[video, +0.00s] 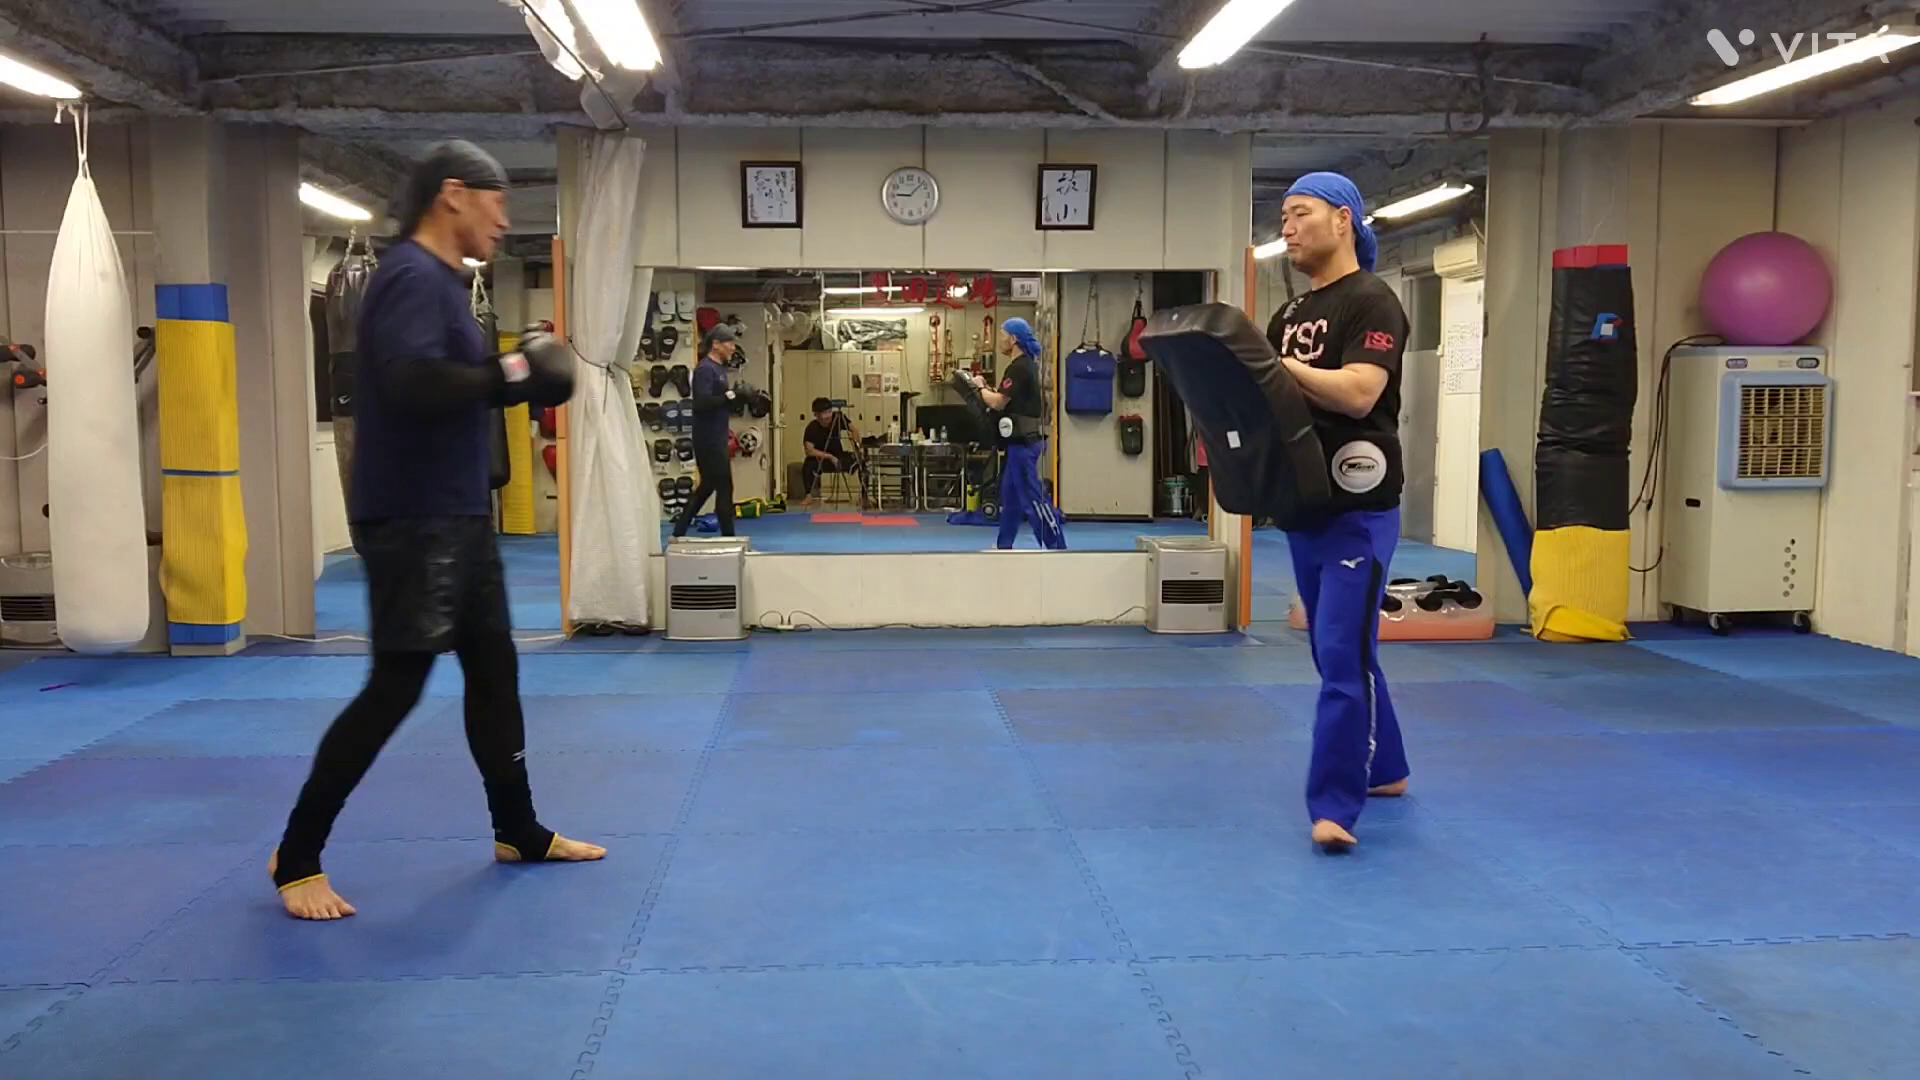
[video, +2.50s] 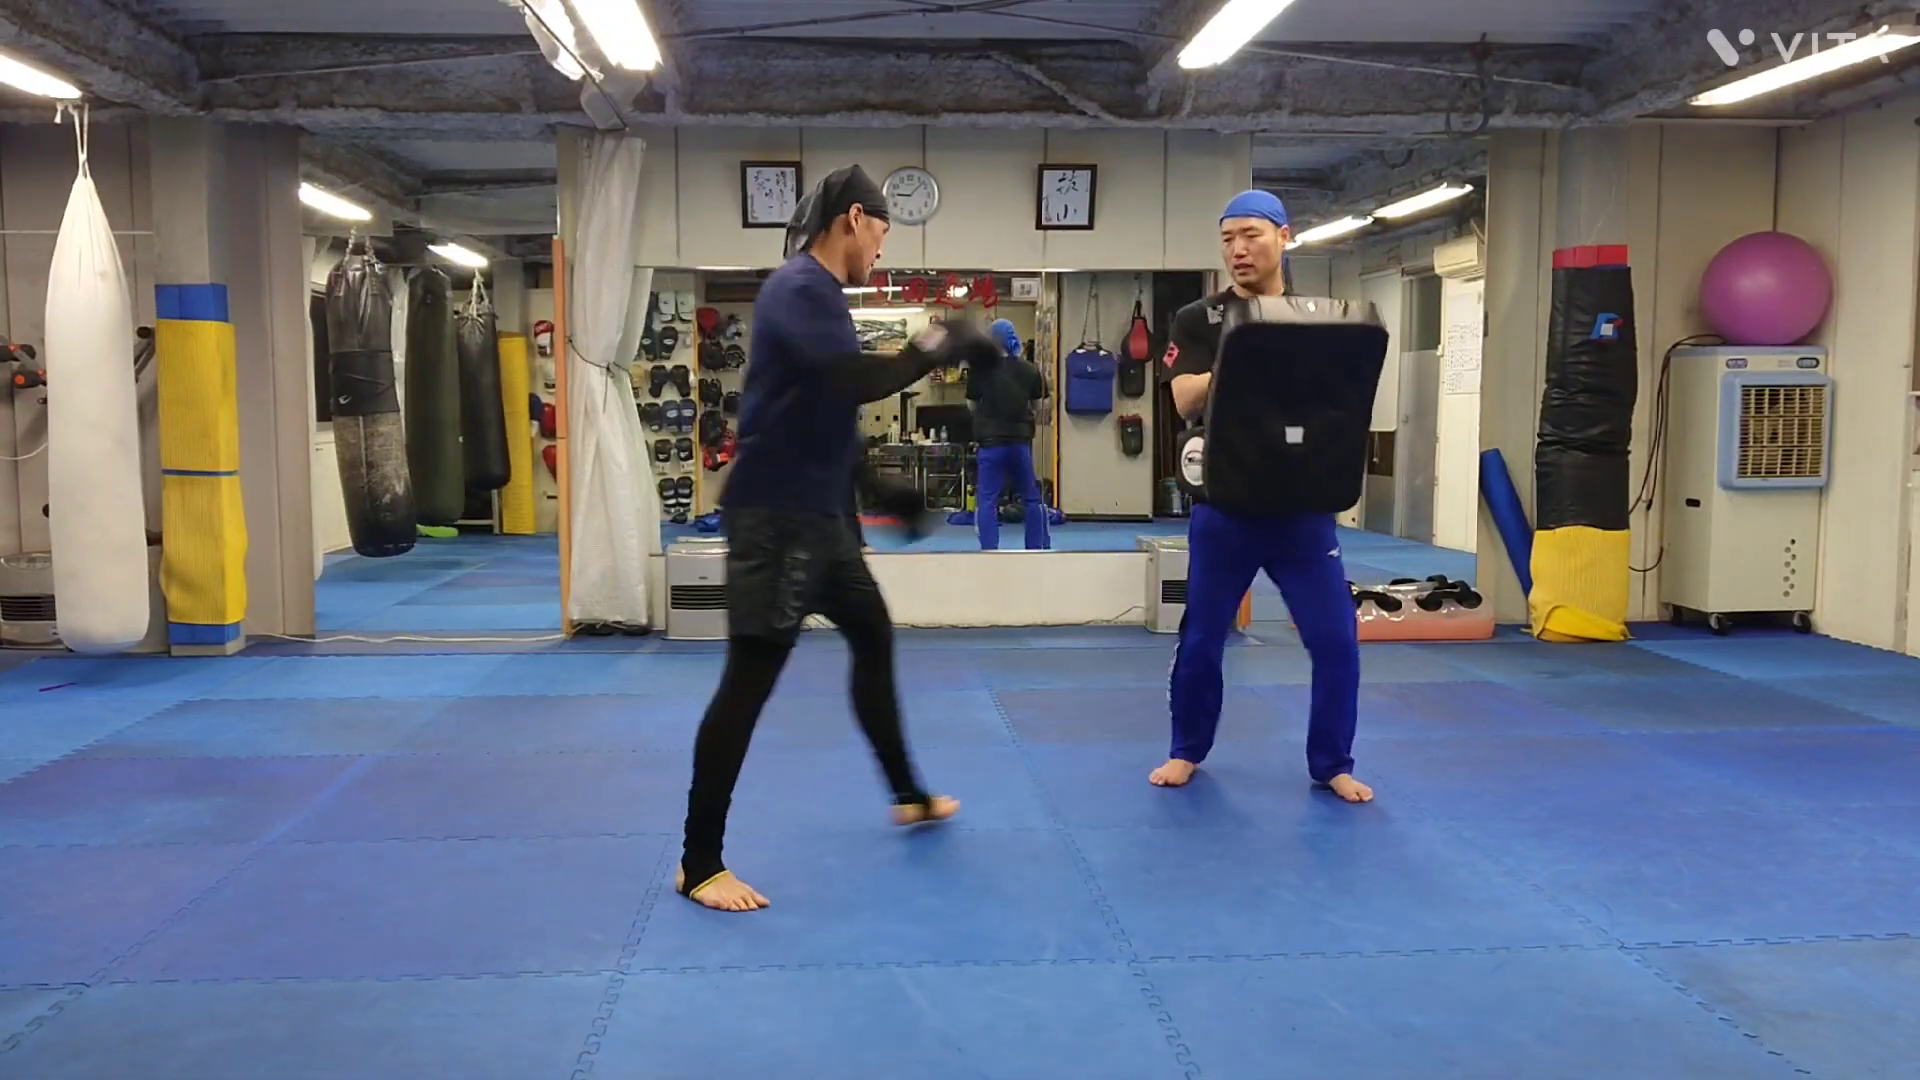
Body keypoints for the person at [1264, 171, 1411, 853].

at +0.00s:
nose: (1288, 225)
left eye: (1301, 213)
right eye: (1285, 218)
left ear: (1344, 222)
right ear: (1293, 234)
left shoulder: (1373, 299)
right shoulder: (1287, 316)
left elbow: (1360, 394)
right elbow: (1268, 396)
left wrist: (1277, 368)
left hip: (1362, 505)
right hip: (1306, 506)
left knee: (1339, 653)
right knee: (1343, 646)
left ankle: (1333, 808)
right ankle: (1385, 767)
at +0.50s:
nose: (1268, 226)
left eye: (1281, 210)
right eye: (1262, 216)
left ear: (1324, 215)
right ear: (1262, 228)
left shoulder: (1367, 297)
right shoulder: (1253, 302)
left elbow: (1389, 396)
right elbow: (1213, 375)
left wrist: (1326, 365)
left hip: (1325, 517)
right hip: (1241, 511)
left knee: (1335, 673)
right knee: (1194, 641)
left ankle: (1332, 816)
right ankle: (1188, 771)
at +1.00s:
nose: (1162, 238)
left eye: (1176, 223)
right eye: (1155, 227)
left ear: (1218, 226)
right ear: (1152, 238)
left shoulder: (1270, 318)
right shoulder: (1134, 313)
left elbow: (1300, 413)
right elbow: (1098, 397)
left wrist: (1228, 391)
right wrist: (1161, 366)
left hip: (1229, 532)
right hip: (1137, 528)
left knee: (1278, 674)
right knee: (1092, 669)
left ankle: (1320, 817)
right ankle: (1064, 798)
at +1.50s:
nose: (1155, 245)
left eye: (1169, 230)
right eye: (1148, 235)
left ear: (1210, 234)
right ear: (1143, 245)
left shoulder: (1249, 314)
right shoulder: (1127, 315)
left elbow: (1290, 412)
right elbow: (1090, 402)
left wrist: (1222, 389)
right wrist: (1157, 375)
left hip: (1223, 530)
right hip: (1133, 530)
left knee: (1275, 675)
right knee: (1091, 671)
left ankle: (1320, 816)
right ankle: (1066, 798)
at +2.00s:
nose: (1184, 248)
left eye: (1197, 234)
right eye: (1173, 238)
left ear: (1230, 243)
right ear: (1165, 252)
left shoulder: (1267, 330)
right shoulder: (1145, 325)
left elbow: (1291, 413)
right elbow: (1127, 404)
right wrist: (1196, 378)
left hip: (1248, 535)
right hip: (1159, 532)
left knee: (1304, 662)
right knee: (1107, 663)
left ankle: (1311, 758)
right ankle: (1066, 797)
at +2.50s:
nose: (1239, 248)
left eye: (1252, 235)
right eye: (1230, 238)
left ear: (1283, 239)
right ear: (1221, 249)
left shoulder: (1320, 318)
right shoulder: (1198, 320)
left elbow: (1340, 402)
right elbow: (1181, 401)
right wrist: (1233, 372)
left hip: (1302, 510)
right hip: (1221, 509)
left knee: (1337, 642)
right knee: (1201, 638)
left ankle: (1333, 765)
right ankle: (1187, 749)